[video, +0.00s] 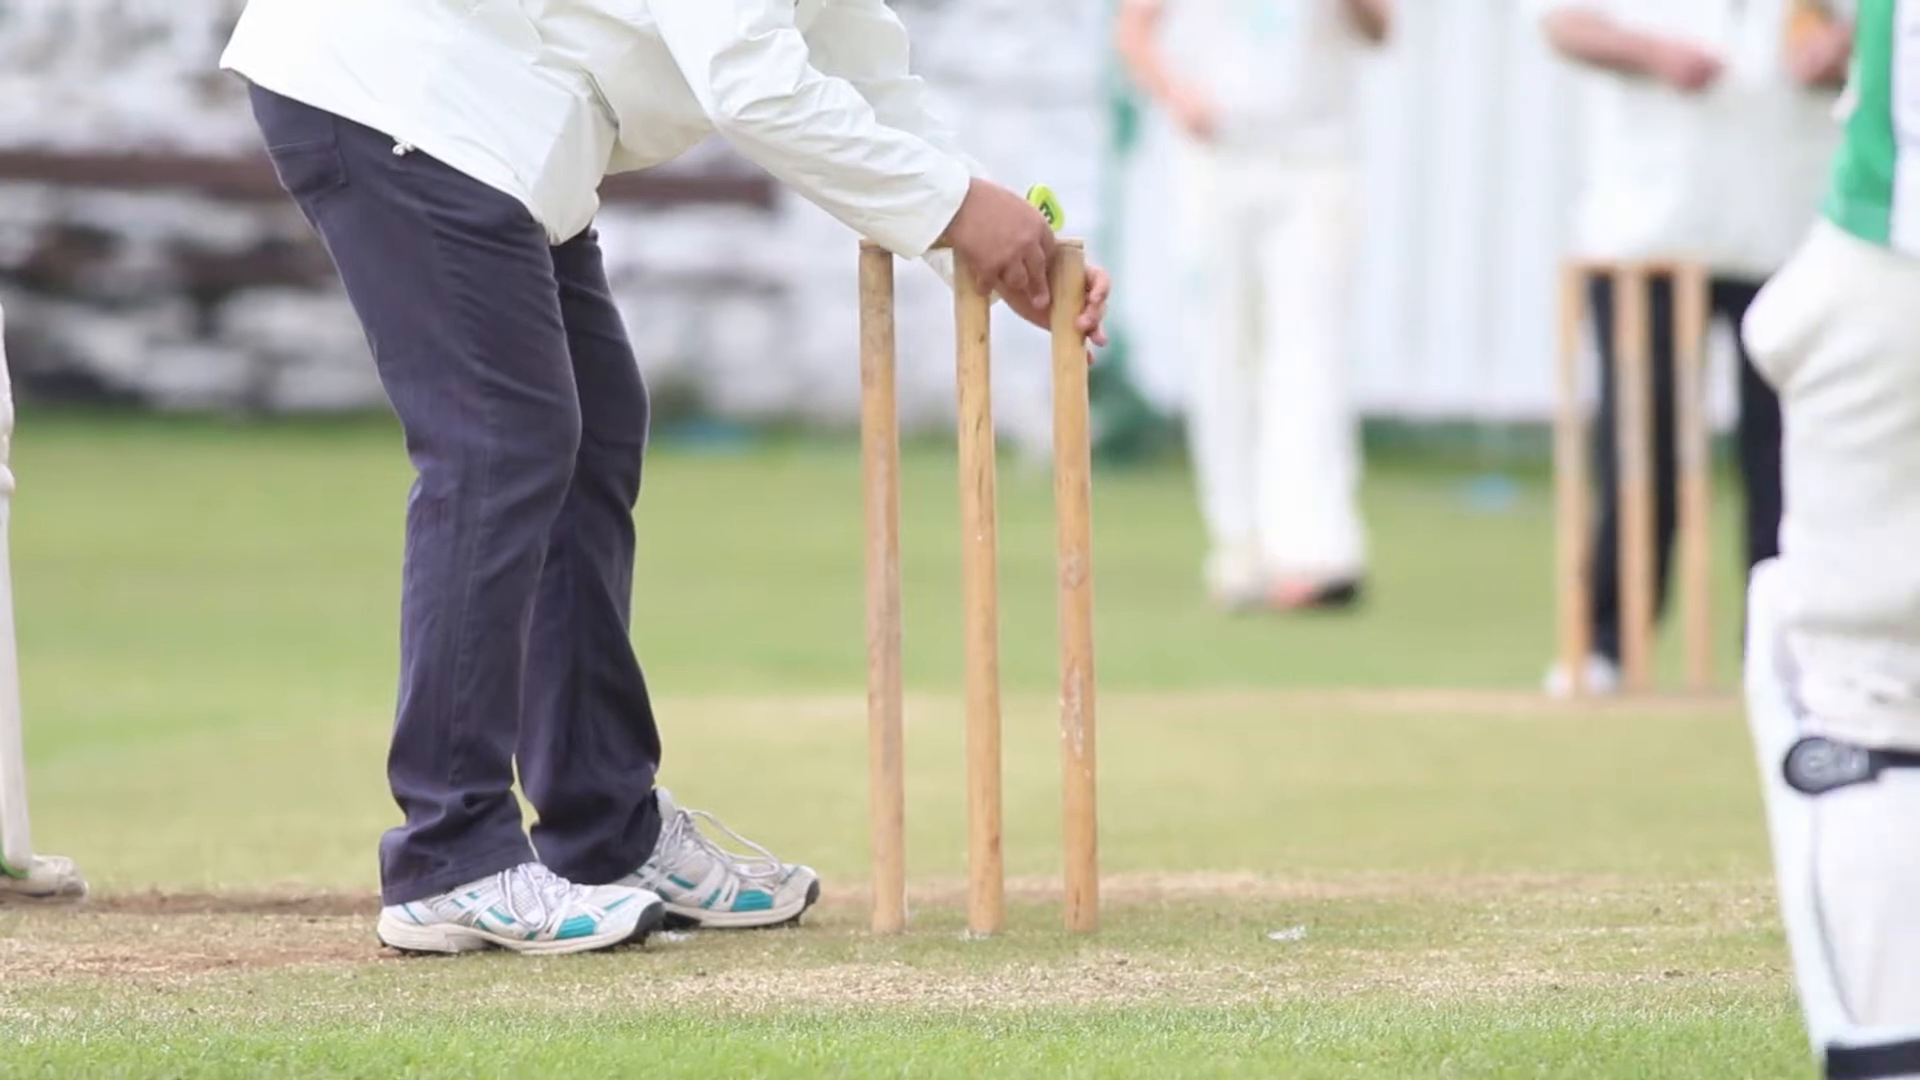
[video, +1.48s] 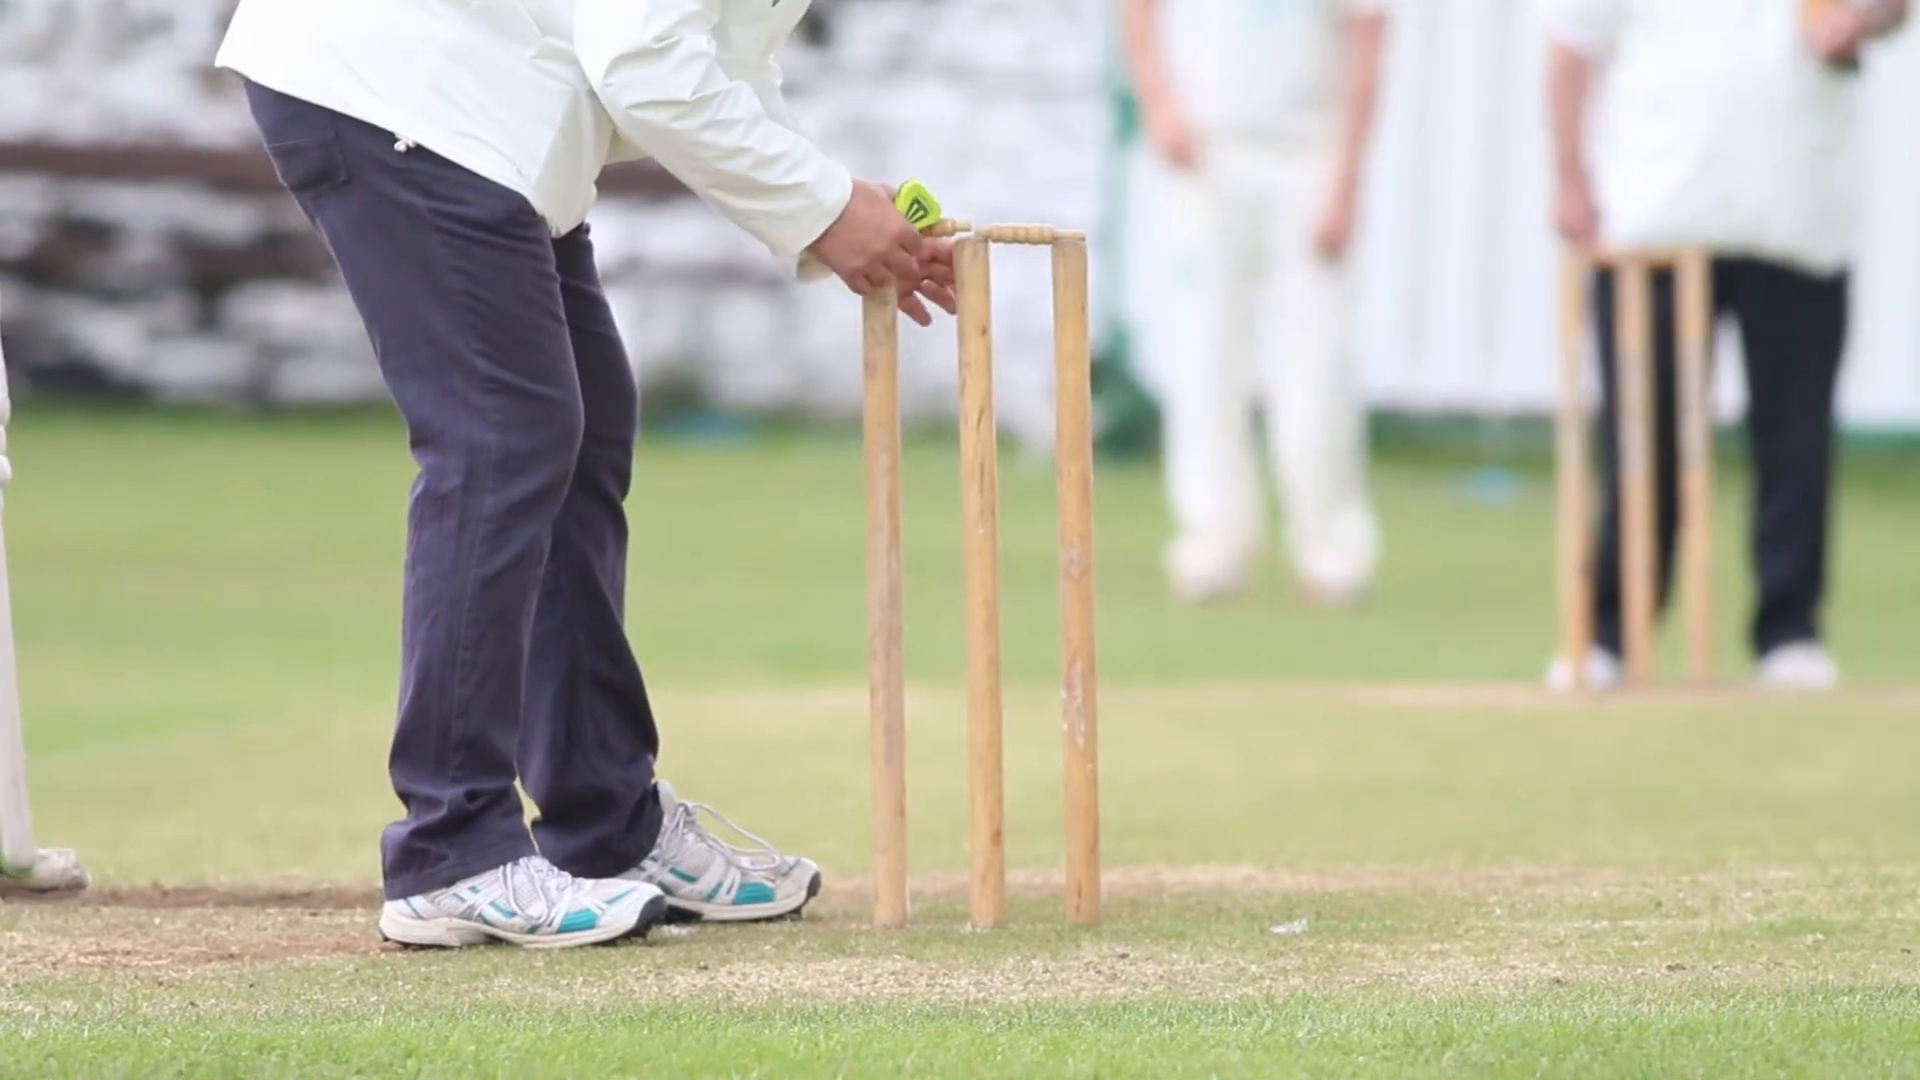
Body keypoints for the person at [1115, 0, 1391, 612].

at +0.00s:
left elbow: (1379, 27)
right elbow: (1132, 30)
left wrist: (1351, 1)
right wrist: (1179, 94)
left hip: (1315, 151)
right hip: (1214, 153)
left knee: (1310, 352)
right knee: (1223, 352)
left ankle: (1313, 549)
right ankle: (1238, 548)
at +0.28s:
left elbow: (1390, 19)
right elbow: (1118, 18)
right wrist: (1125, 131)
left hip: (1328, 148)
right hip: (1220, 150)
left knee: (1340, 351)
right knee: (1232, 354)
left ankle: (1342, 540)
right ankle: (1245, 549)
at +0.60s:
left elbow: (1412, 27)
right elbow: (1151, 25)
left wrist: (1387, 144)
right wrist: (1130, 149)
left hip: (1335, 165)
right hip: (1234, 165)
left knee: (1333, 366)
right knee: (1236, 362)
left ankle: (1332, 547)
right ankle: (1245, 547)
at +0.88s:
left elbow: (1432, 43)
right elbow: (1183, 16)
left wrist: (1400, 174)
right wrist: (1173, 133)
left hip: (1348, 163)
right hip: (1244, 158)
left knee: (1340, 366)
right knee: (1240, 357)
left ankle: (1332, 553)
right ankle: (1239, 544)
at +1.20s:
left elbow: (1448, 28)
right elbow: (1173, 13)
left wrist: (1403, 146)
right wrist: (1174, 123)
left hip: (1336, 158)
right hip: (1234, 156)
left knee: (1334, 365)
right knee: (1220, 359)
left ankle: (1334, 549)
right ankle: (1209, 543)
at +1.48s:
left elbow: (1366, 33)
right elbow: (1137, 11)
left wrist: (1342, 184)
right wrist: (1159, 106)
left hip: (1309, 157)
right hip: (1196, 156)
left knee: (1313, 361)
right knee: (1198, 360)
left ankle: (1329, 550)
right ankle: (1211, 543)